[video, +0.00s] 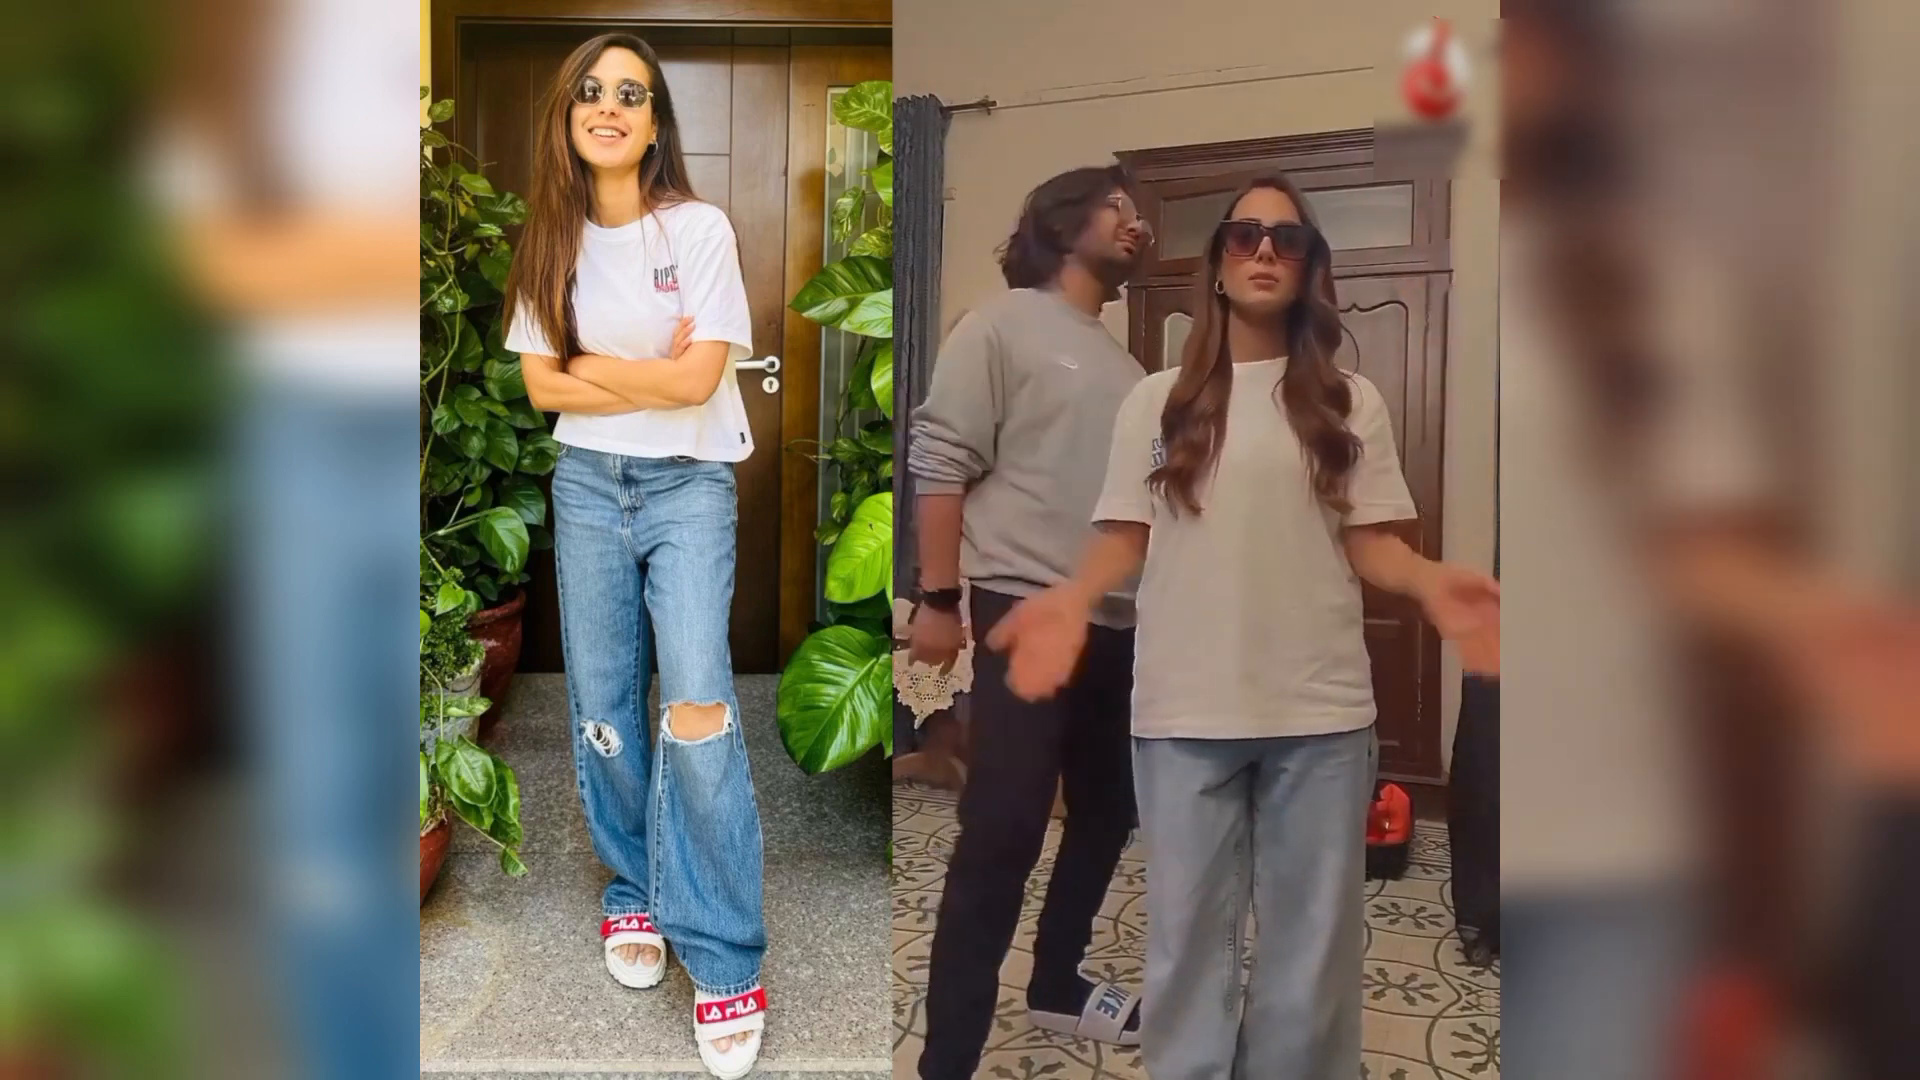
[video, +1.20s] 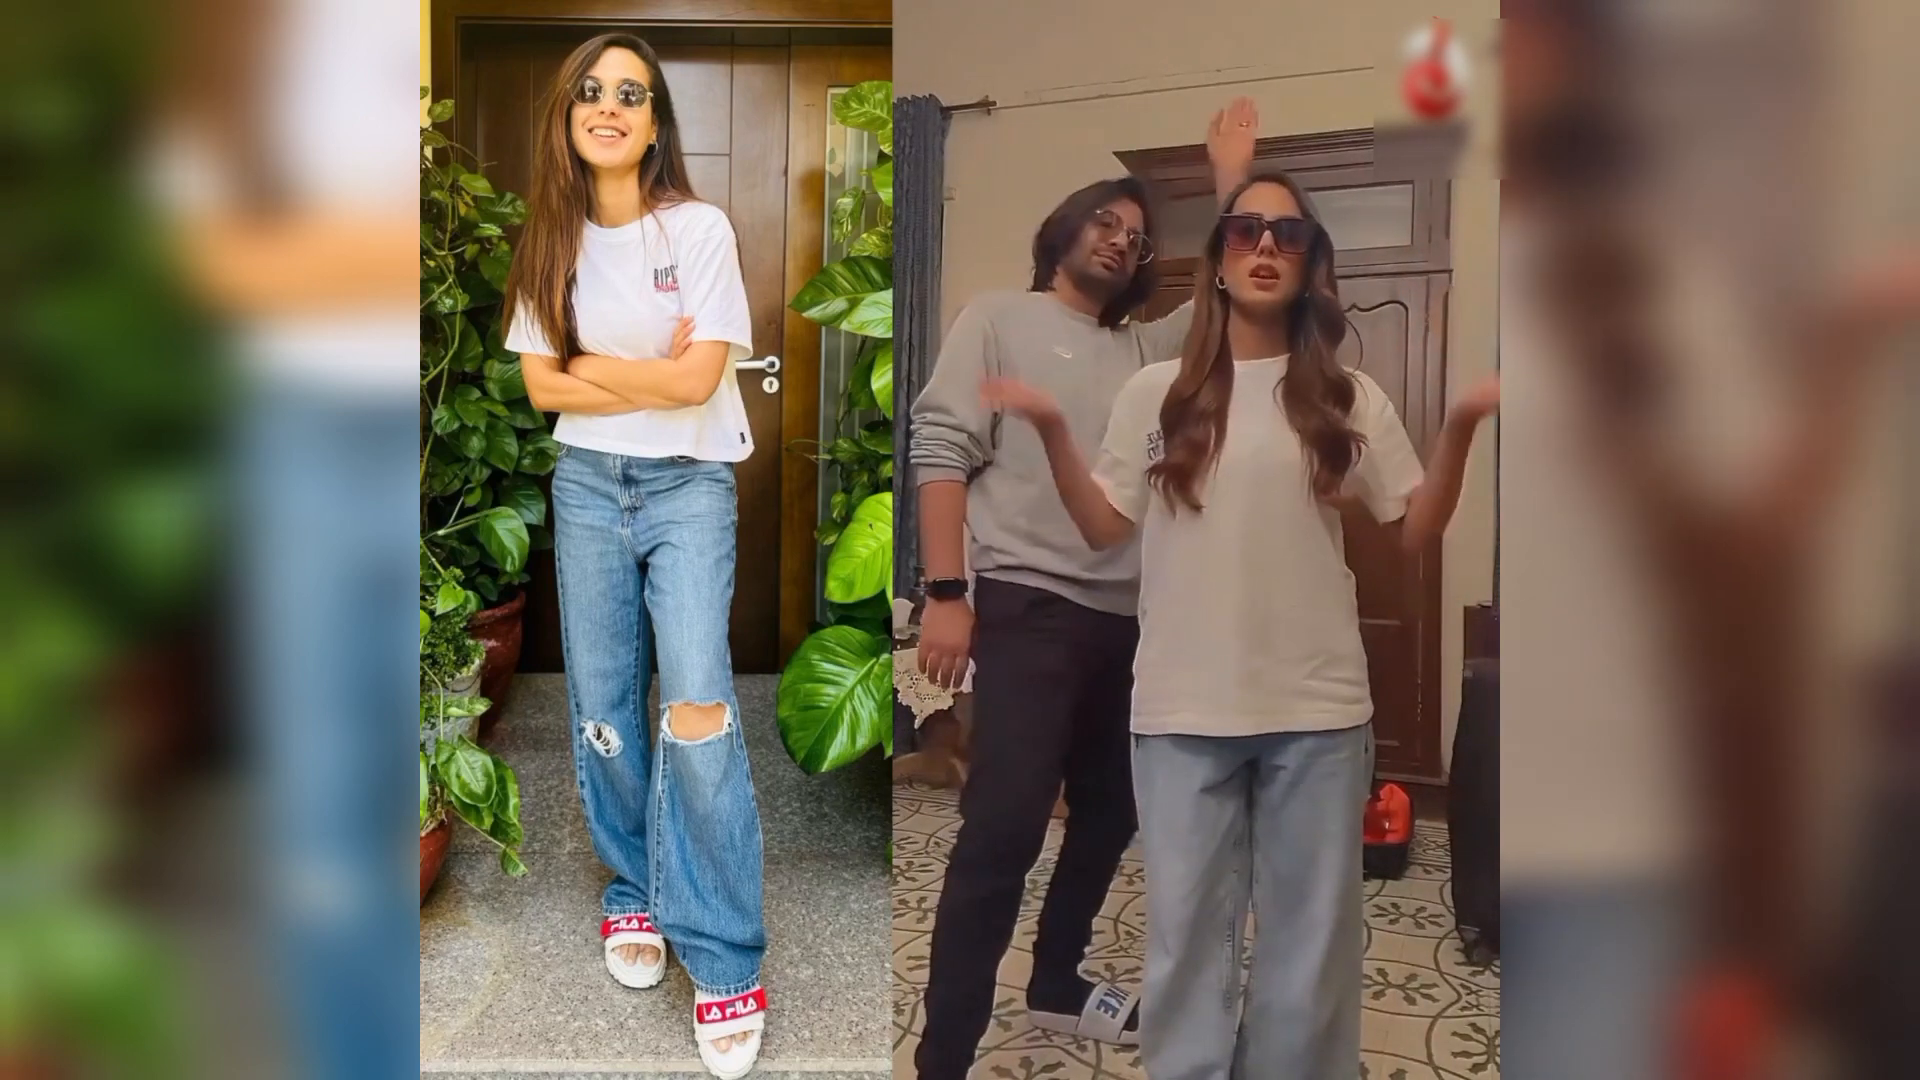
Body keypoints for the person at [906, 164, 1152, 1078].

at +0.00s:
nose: (1137, 225)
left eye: (1136, 213)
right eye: (1115, 210)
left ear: (1128, 238)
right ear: (1063, 226)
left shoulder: (1121, 355)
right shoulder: (996, 326)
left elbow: (1129, 487)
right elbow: (941, 464)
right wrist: (938, 597)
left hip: (1112, 614)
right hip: (1020, 606)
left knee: (1105, 812)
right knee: (1002, 830)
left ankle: (1056, 991)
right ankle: (948, 1061)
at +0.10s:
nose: (1139, 227)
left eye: (1139, 216)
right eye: (1120, 212)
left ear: (1116, 238)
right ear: (1065, 223)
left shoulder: (1119, 356)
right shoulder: (997, 314)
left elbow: (1130, 485)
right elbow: (932, 451)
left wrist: (1155, 586)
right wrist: (943, 588)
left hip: (1114, 618)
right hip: (1023, 610)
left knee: (1093, 817)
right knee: (1001, 837)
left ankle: (1056, 991)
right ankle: (948, 1059)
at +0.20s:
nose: (1135, 232)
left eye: (1137, 221)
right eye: (1120, 216)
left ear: (1126, 244)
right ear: (1065, 224)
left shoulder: (1128, 348)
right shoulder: (998, 311)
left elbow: (1199, 402)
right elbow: (934, 450)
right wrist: (941, 593)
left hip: (1119, 619)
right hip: (1023, 612)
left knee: (1091, 817)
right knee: (999, 838)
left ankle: (1056, 993)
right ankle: (947, 1062)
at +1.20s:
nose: (1122, 241)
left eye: (1136, 236)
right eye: (1108, 221)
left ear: (1140, 260)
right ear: (1067, 225)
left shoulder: (1144, 348)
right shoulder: (996, 318)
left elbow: (1236, 310)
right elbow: (940, 451)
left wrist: (1235, 192)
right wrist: (947, 592)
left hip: (1126, 616)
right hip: (1023, 604)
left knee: (1106, 820)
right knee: (1001, 837)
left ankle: (1056, 989)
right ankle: (942, 1062)